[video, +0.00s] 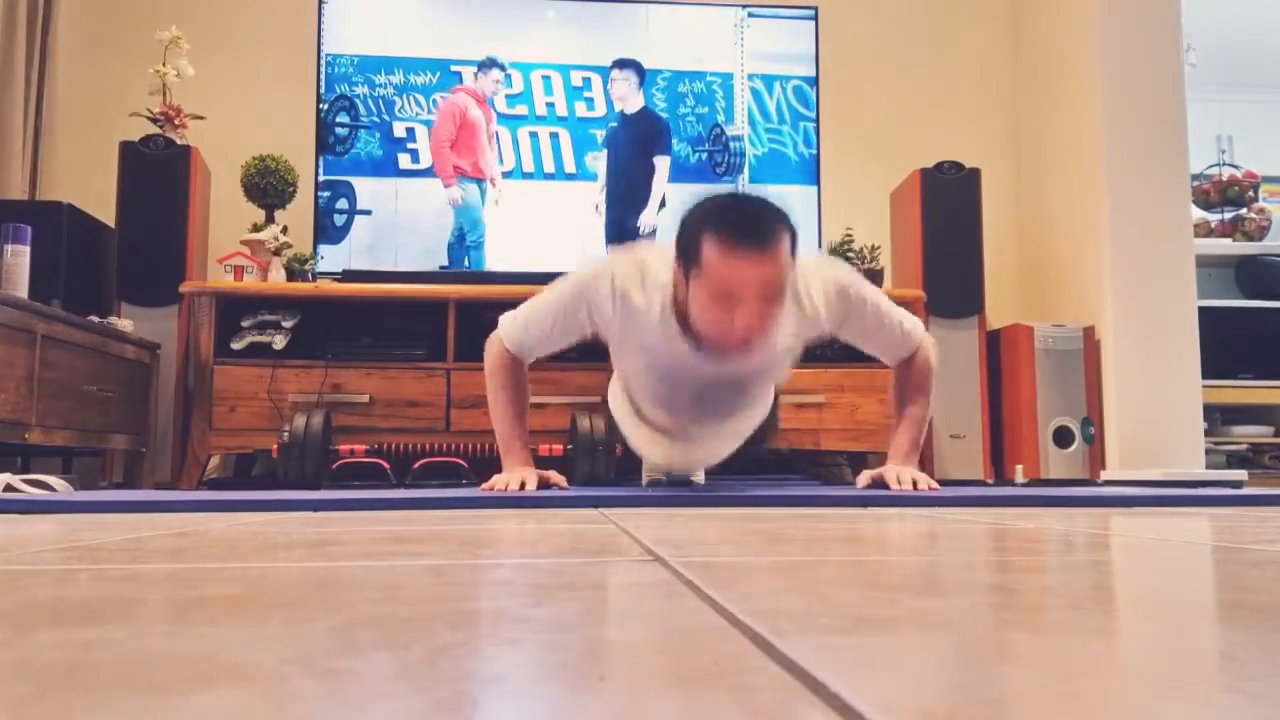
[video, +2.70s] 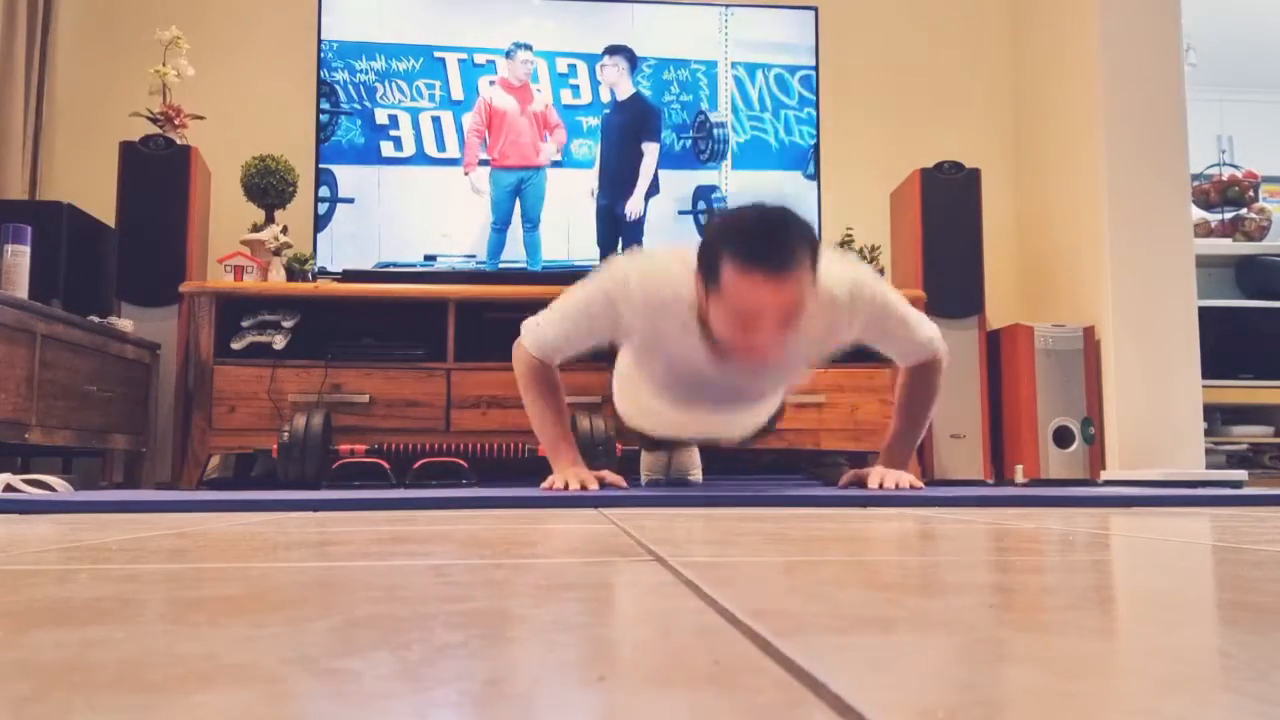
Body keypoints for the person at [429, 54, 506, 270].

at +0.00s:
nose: (498, 87)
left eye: (501, 83)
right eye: (495, 81)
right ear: (478, 76)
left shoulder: (487, 111)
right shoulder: (456, 102)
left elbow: (490, 148)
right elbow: (440, 144)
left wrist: (495, 175)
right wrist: (449, 184)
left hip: (481, 179)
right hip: (462, 178)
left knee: (460, 235)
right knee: (476, 234)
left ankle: (455, 283)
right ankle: (479, 287)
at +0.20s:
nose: (502, 85)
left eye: (505, 80)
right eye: (498, 79)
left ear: (506, 81)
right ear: (483, 76)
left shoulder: (492, 107)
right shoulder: (463, 104)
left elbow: (498, 149)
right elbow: (451, 148)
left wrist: (503, 181)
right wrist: (457, 189)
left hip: (494, 179)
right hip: (474, 178)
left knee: (474, 236)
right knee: (485, 237)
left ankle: (460, 280)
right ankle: (485, 287)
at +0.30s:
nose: (504, 83)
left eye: (506, 77)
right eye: (499, 77)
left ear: (507, 77)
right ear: (483, 75)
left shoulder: (496, 105)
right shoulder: (466, 105)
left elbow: (501, 144)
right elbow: (457, 150)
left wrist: (509, 172)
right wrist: (471, 188)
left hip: (500, 178)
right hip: (481, 179)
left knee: (499, 229)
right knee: (486, 235)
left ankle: (468, 272)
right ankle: (486, 285)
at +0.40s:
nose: (505, 82)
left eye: (507, 77)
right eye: (500, 76)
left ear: (508, 76)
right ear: (484, 75)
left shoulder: (500, 102)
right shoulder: (468, 106)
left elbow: (504, 141)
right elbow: (463, 151)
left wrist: (516, 166)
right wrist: (483, 187)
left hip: (505, 178)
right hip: (484, 181)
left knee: (516, 222)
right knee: (487, 235)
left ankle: (486, 261)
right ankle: (487, 281)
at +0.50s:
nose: (508, 81)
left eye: (510, 75)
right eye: (502, 75)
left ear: (511, 76)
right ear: (487, 74)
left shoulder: (508, 104)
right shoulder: (470, 105)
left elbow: (517, 140)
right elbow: (466, 150)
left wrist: (526, 165)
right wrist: (488, 186)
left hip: (511, 179)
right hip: (486, 181)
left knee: (523, 222)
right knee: (487, 235)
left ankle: (510, 274)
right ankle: (487, 284)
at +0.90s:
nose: (531, 81)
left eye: (535, 76)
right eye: (526, 75)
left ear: (539, 76)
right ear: (514, 73)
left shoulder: (544, 107)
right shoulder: (496, 103)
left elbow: (555, 144)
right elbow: (477, 139)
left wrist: (555, 177)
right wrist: (470, 176)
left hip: (535, 179)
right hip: (503, 178)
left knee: (539, 230)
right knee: (497, 230)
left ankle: (541, 277)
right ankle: (489, 278)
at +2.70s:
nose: (529, 67)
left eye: (531, 62)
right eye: (524, 62)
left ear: (533, 65)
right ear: (509, 63)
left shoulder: (539, 96)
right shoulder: (491, 96)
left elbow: (559, 129)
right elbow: (475, 132)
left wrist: (553, 144)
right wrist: (471, 169)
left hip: (534, 171)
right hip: (503, 171)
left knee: (532, 224)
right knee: (500, 224)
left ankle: (535, 271)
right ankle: (491, 270)